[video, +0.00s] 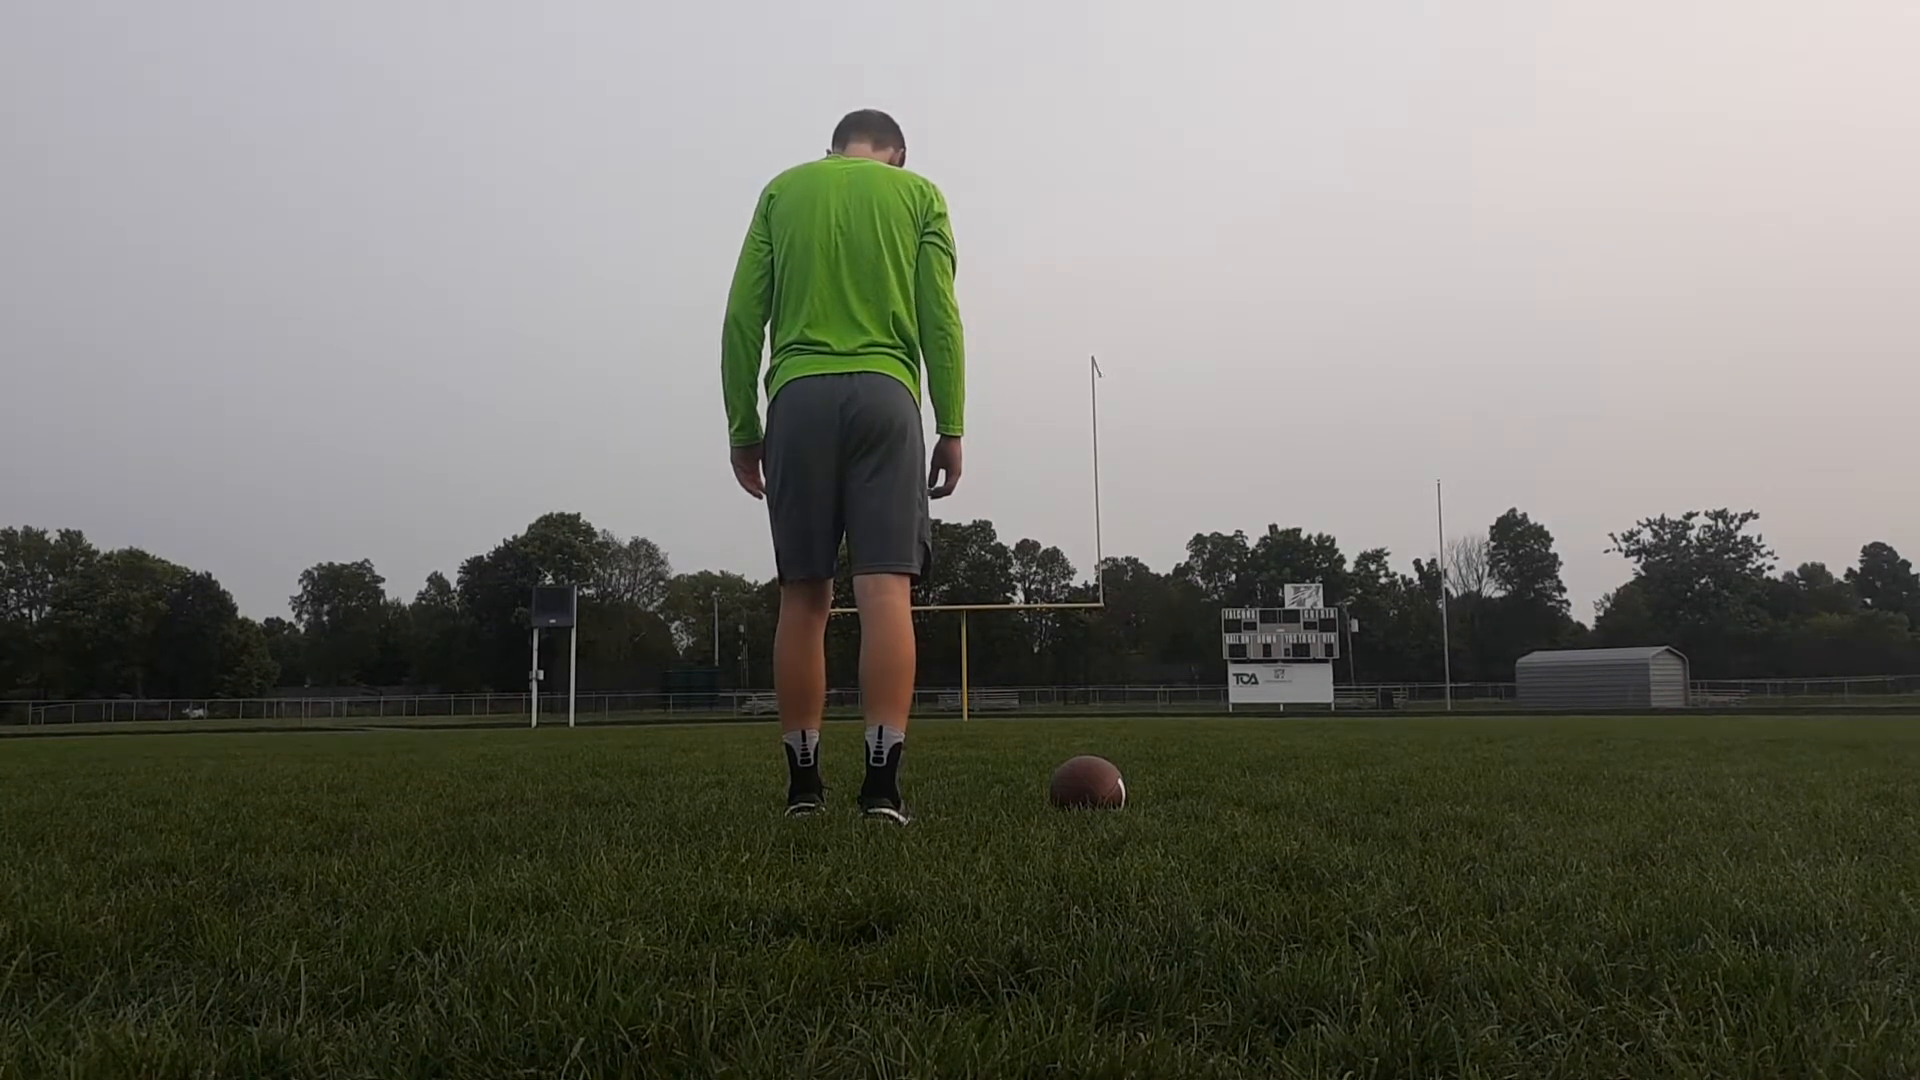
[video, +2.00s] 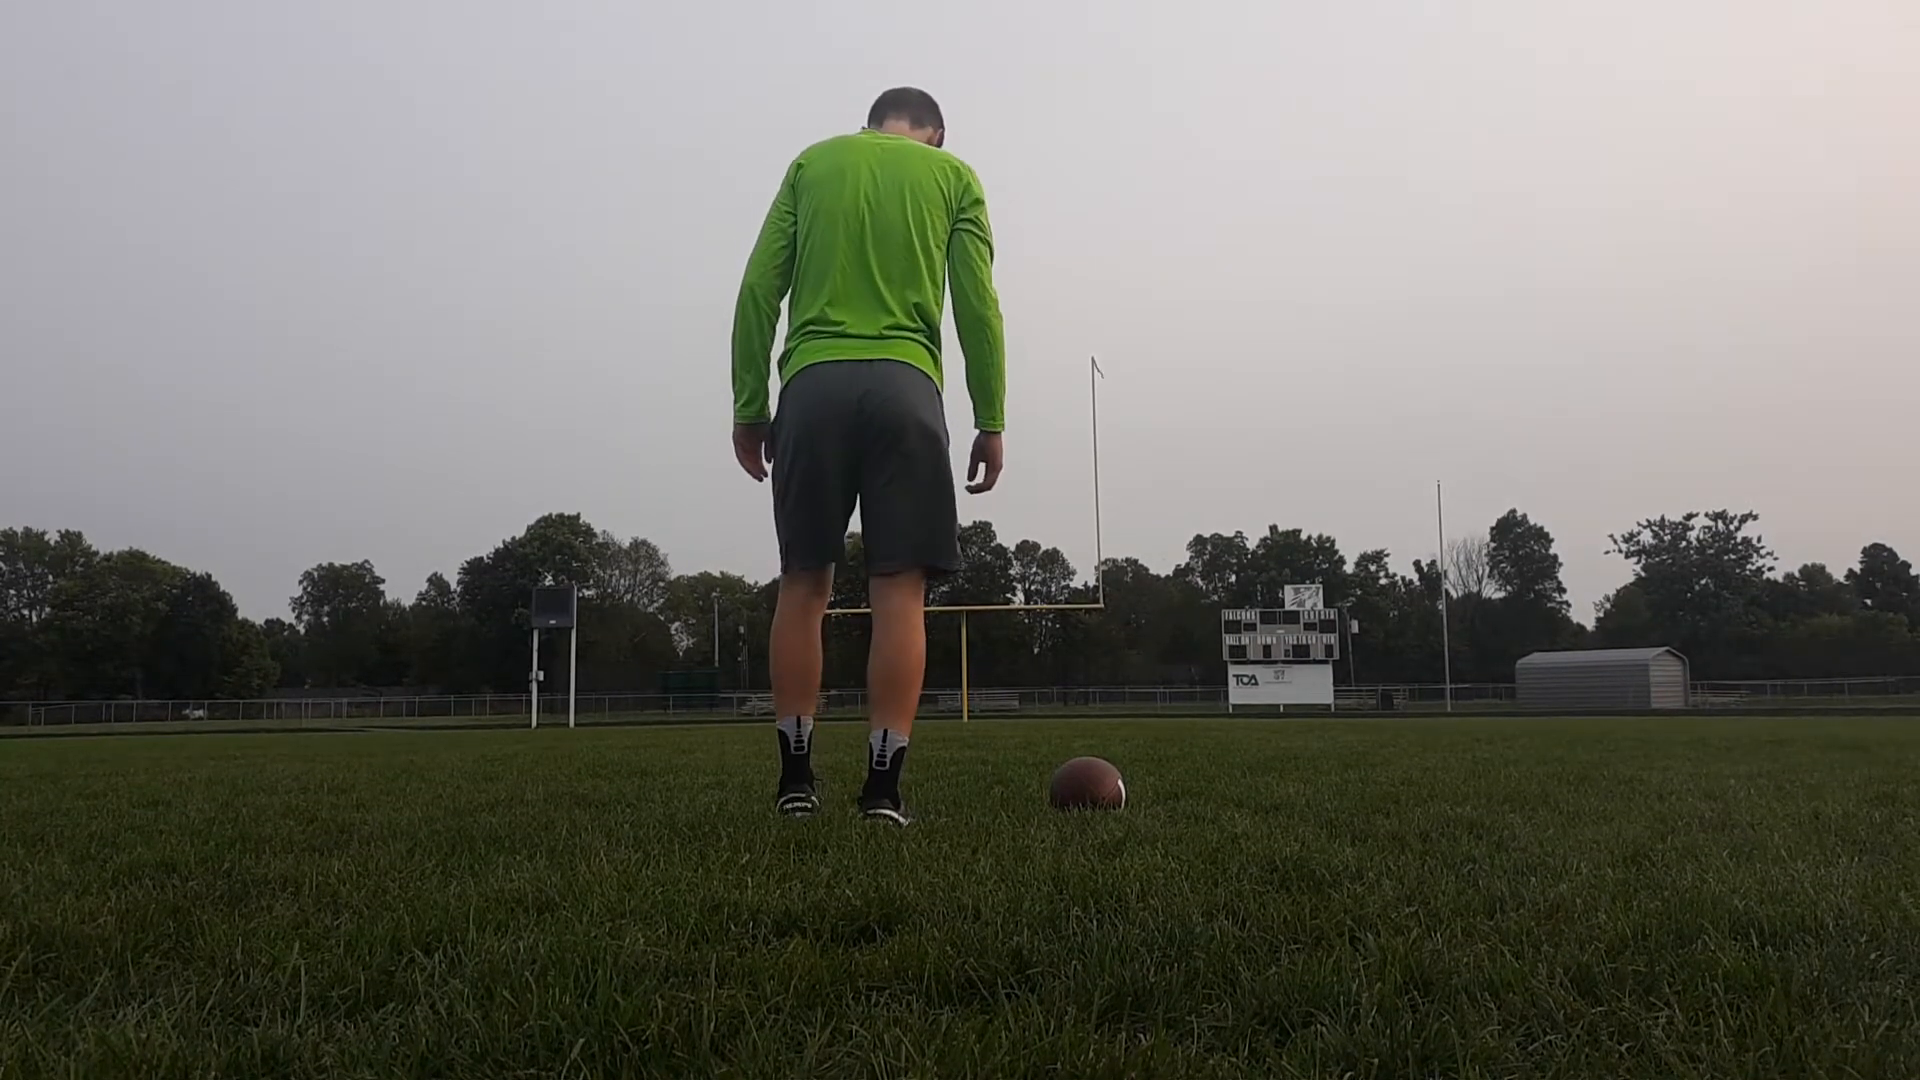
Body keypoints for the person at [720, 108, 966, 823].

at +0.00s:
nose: (900, 173)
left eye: (896, 164)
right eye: (902, 162)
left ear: (834, 145)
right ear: (895, 151)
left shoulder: (782, 189)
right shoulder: (917, 193)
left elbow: (743, 315)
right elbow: (939, 313)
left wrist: (743, 427)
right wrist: (952, 426)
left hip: (799, 397)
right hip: (885, 396)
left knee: (803, 596)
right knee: (885, 592)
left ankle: (803, 785)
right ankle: (882, 790)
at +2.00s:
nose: (938, 156)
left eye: (933, 146)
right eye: (941, 145)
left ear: (871, 121)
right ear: (932, 132)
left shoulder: (812, 162)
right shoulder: (952, 174)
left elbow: (759, 287)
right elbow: (977, 300)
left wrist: (749, 408)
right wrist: (991, 420)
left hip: (814, 387)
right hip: (907, 390)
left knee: (802, 584)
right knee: (900, 590)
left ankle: (795, 781)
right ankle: (883, 792)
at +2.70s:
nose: (868, 50)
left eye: (819, 40)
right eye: (873, 38)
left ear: (797, 34)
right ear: (874, 33)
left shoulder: (754, 93)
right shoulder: (923, 91)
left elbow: (698, 258)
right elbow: (972, 219)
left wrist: (720, 384)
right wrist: (983, 357)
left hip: (788, 342)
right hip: (894, 350)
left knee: (795, 582)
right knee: (887, 586)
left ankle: (804, 818)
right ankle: (887, 786)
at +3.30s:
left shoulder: (710, 2)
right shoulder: (929, 4)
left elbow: (647, 105)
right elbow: (974, 99)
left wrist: (653, 285)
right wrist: (998, 271)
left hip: (756, 253)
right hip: (882, 247)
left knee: (786, 547)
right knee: (906, 534)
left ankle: (803, 826)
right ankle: (892, 730)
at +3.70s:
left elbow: (618, 7)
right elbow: (1051, 16)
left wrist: (610, 184)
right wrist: (1060, 200)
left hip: (749, 157)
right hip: (906, 148)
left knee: (790, 493)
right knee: (899, 505)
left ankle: (792, 801)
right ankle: (879, 864)